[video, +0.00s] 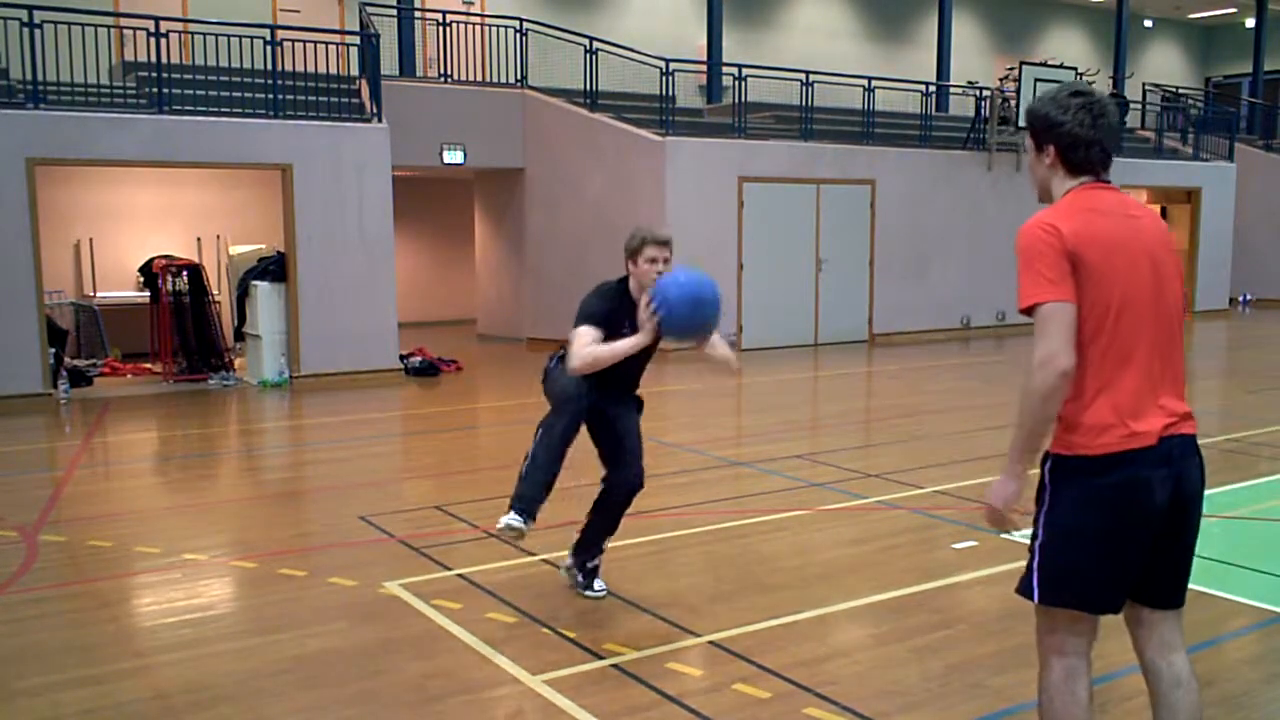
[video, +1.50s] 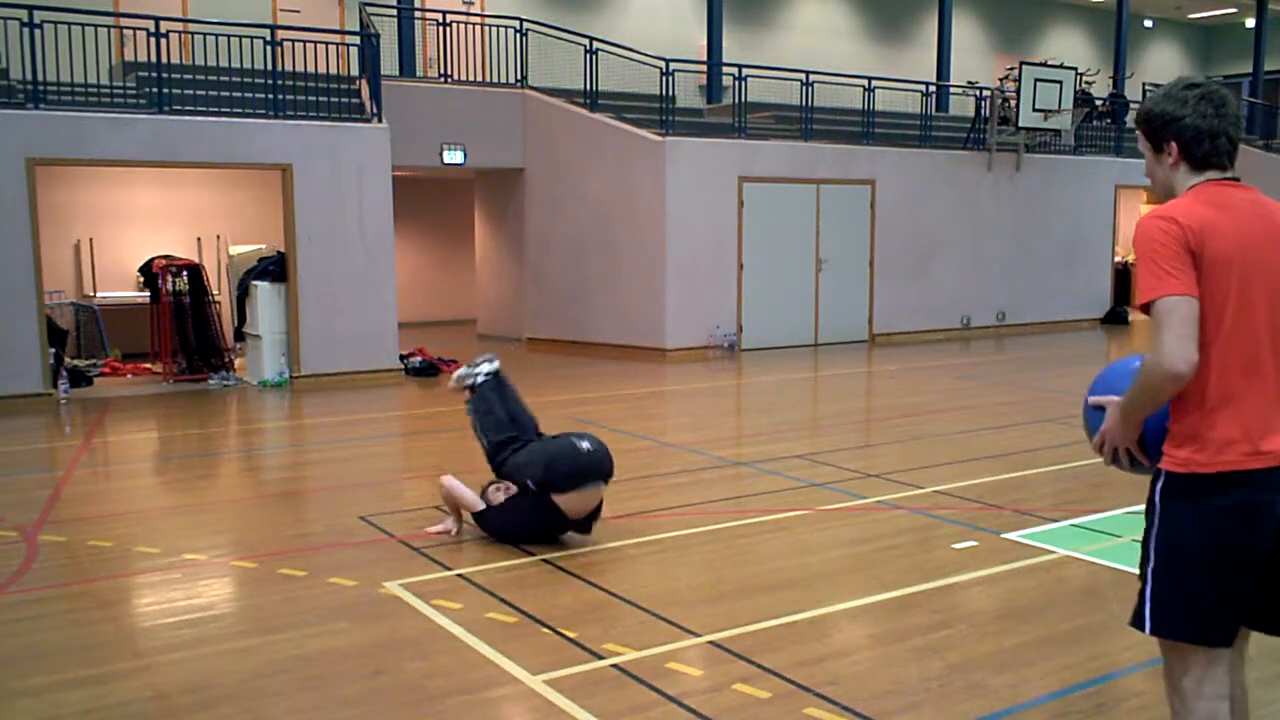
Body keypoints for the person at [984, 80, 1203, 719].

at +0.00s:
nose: (1027, 164)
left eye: (1027, 149)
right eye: (1028, 150)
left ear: (1046, 150)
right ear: (1106, 150)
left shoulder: (1050, 229)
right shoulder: (1154, 222)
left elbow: (1055, 362)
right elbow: (1168, 338)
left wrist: (1014, 471)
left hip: (1094, 476)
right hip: (1174, 466)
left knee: (1065, 647)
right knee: (1161, 635)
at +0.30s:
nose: (1082, 164)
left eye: (1082, 150)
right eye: (1081, 151)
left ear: (1102, 152)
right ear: (1159, 151)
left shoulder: (1101, 229)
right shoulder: (1216, 235)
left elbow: (1089, 367)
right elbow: (1230, 370)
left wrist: (1027, 422)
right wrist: (1150, 394)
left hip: (1133, 482)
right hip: (1218, 476)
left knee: (1088, 653)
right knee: (1198, 644)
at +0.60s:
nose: (1116, 165)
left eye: (1118, 150)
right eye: (1116, 149)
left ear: (1142, 154)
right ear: (1199, 152)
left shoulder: (1127, 231)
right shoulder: (1265, 230)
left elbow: (1118, 370)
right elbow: (1274, 365)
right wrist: (1219, 351)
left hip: (1156, 484)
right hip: (1249, 481)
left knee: (1103, 656)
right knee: (1216, 646)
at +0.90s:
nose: (1148, 171)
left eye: (1149, 157)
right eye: (1148, 158)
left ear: (1168, 157)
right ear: (1229, 154)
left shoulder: (1143, 230)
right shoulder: (1274, 221)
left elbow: (1121, 368)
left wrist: (1177, 361)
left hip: (1170, 478)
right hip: (1266, 480)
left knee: (1116, 652)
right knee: (1237, 662)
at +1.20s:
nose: (1154, 167)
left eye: (1154, 153)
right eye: (1152, 154)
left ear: (1175, 154)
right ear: (1233, 151)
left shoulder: (1158, 225)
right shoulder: (1274, 218)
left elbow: (1140, 359)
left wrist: (1124, 410)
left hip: (1186, 481)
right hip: (1270, 477)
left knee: (1157, 665)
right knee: (1243, 665)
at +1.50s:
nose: (1146, 170)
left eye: (1146, 154)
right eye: (1145, 155)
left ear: (1169, 150)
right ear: (1223, 147)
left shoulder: (1169, 221)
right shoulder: (1270, 213)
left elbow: (1175, 359)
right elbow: (1256, 343)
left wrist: (1126, 416)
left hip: (1208, 477)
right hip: (1269, 470)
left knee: (1196, 669)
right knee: (1229, 656)